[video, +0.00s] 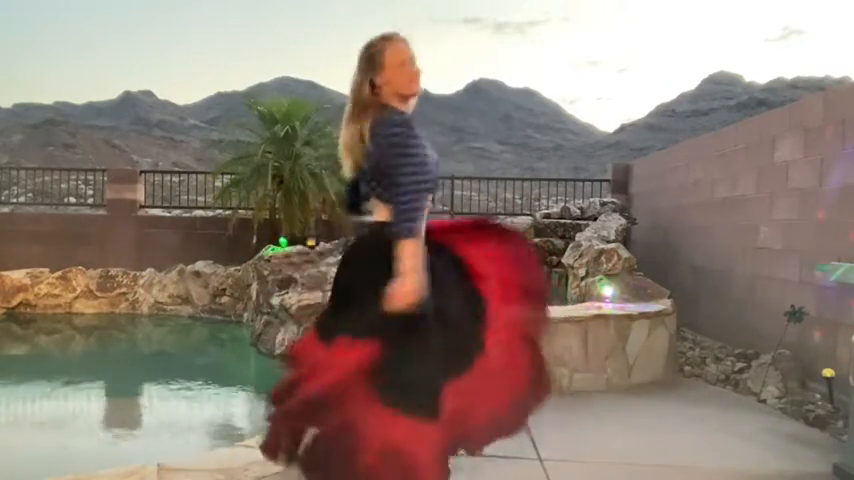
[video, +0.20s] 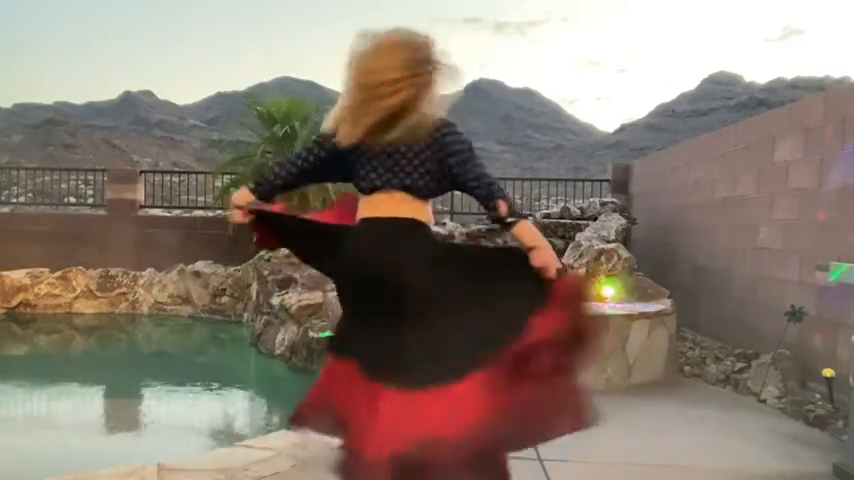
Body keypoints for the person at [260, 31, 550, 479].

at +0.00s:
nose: (415, 74)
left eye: (415, 64)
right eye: (404, 67)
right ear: (376, 79)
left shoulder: (376, 124)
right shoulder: (394, 128)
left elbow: (357, 197)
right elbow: (409, 198)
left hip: (380, 248)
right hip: (398, 252)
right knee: (411, 357)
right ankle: (404, 458)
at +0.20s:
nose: (433, 86)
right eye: (429, 78)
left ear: (365, 79)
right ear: (422, 81)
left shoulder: (351, 130)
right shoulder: (437, 131)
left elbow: (300, 168)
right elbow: (480, 185)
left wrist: (253, 193)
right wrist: (532, 239)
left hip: (363, 238)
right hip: (415, 239)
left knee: (372, 349)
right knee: (430, 355)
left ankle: (375, 451)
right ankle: (431, 454)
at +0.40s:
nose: (370, 79)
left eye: (380, 72)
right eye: (374, 69)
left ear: (408, 82)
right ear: (415, 85)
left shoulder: (378, 129)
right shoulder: (440, 143)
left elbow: (325, 175)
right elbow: (484, 206)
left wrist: (258, 206)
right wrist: (535, 251)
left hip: (373, 259)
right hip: (424, 259)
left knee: (380, 377)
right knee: (421, 378)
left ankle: (376, 460)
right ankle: (415, 460)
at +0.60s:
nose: (389, 89)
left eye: (400, 82)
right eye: (384, 82)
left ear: (424, 92)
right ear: (381, 89)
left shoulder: (416, 141)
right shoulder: (399, 137)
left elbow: (422, 201)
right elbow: (412, 200)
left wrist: (405, 238)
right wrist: (454, 238)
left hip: (410, 261)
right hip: (397, 257)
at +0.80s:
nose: (403, 74)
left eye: (412, 67)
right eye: (395, 68)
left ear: (430, 76)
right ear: (383, 78)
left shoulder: (440, 134)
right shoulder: (378, 134)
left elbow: (492, 178)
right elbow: (361, 181)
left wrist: (549, 212)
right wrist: (342, 201)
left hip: (419, 252)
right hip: (379, 251)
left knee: (410, 360)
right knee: (389, 357)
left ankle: (415, 462)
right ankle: (410, 460)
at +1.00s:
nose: (405, 77)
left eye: (413, 69)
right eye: (396, 71)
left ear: (431, 76)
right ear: (385, 80)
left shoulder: (450, 136)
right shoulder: (368, 137)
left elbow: (489, 176)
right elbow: (313, 169)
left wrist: (538, 199)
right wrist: (252, 190)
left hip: (441, 261)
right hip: (389, 261)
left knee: (429, 363)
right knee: (396, 366)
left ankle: (408, 450)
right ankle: (398, 460)